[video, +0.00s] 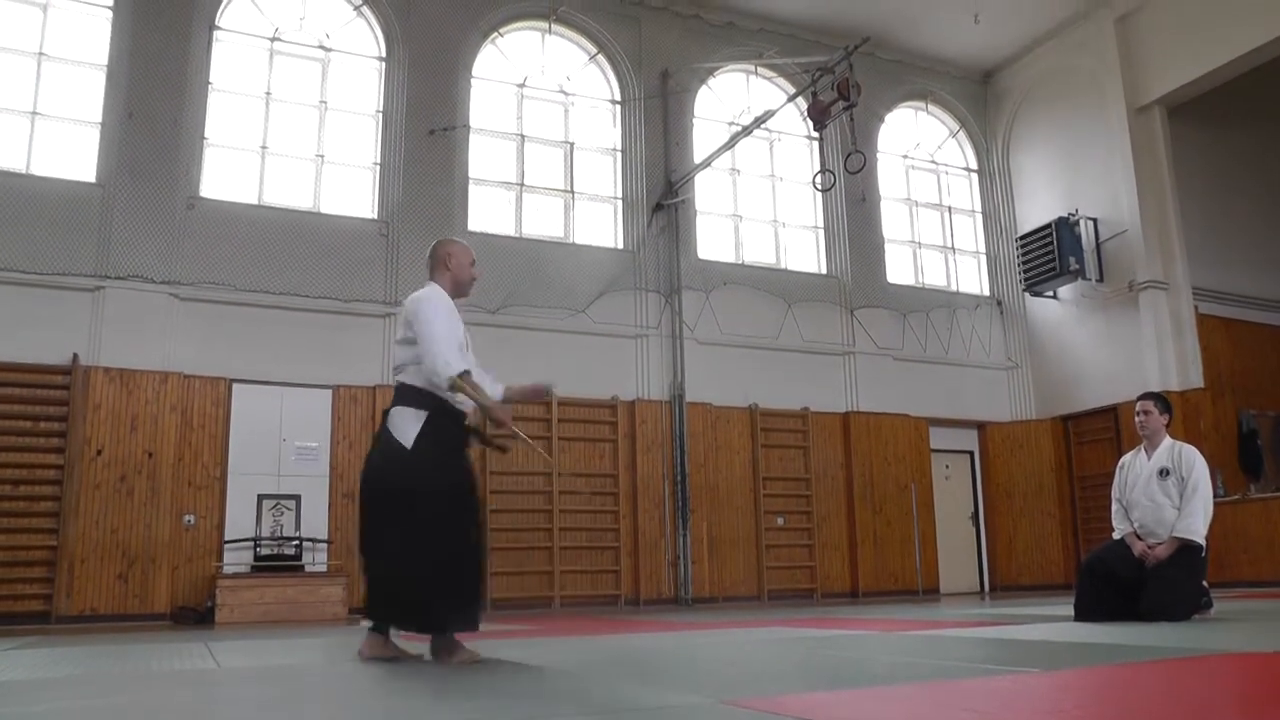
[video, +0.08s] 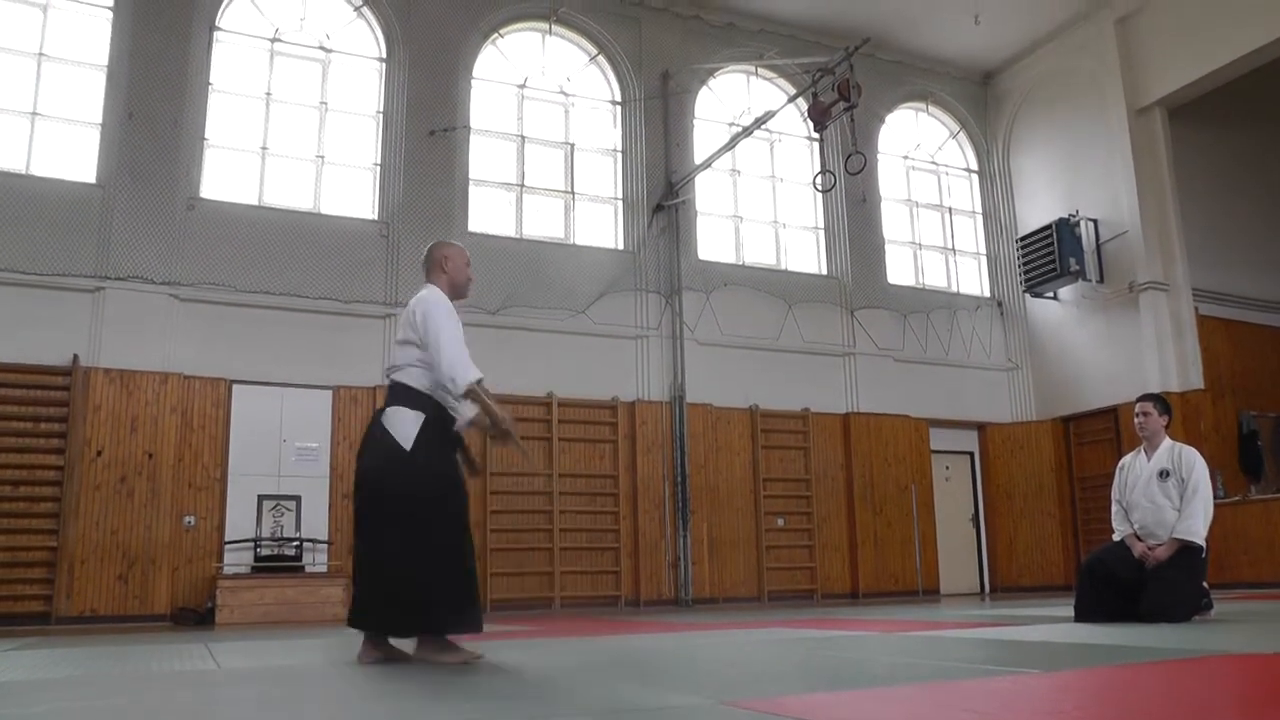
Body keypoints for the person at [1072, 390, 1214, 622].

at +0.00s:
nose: (1140, 419)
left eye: (1147, 413)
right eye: (1137, 414)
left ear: (1165, 419)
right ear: (1133, 420)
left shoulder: (1186, 456)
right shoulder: (1126, 463)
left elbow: (1197, 508)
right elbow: (1117, 509)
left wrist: (1168, 546)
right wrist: (1133, 542)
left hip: (1180, 547)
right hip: (1135, 546)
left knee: (1158, 611)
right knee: (1093, 568)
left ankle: (1198, 595)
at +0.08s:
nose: (1139, 420)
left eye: (1146, 415)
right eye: (1136, 416)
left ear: (1164, 420)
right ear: (1133, 421)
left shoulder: (1187, 457)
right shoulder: (1125, 464)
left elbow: (1198, 509)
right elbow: (1117, 510)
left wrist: (1168, 547)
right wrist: (1133, 543)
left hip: (1180, 548)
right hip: (1135, 547)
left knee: (1157, 612)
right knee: (1094, 570)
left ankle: (1199, 596)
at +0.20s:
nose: (1136, 423)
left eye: (1143, 417)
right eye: (1134, 418)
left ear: (1162, 422)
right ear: (1131, 424)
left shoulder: (1185, 460)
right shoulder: (1124, 467)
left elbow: (1199, 511)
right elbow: (1116, 512)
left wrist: (1169, 550)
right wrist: (1134, 546)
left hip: (1180, 552)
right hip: (1135, 551)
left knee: (1160, 613)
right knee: (1094, 572)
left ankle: (1200, 597)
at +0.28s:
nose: (1132, 424)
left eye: (1139, 418)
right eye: (1130, 420)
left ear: (1158, 423)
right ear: (1127, 426)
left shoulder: (1183, 460)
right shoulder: (1121, 468)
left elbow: (1200, 512)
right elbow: (1115, 515)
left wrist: (1169, 551)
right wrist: (1134, 547)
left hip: (1181, 554)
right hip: (1136, 553)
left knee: (1161, 614)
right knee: (1095, 573)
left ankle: (1200, 598)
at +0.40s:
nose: (1124, 423)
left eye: (1130, 417)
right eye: (1121, 418)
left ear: (1149, 422)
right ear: (1119, 423)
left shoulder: (1177, 459)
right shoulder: (1115, 468)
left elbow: (1196, 512)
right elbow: (1111, 515)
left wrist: (1167, 553)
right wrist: (1133, 548)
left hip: (1179, 553)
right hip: (1134, 552)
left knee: (1159, 615)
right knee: (1094, 576)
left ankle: (1200, 599)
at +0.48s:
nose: (1118, 418)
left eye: (1124, 411)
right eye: (1115, 413)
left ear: (1143, 416)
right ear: (1112, 418)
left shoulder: (1172, 454)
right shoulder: (1110, 462)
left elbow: (1188, 506)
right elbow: (1106, 508)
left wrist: (1165, 549)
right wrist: (1125, 541)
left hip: (1174, 549)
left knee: (1158, 616)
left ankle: (1199, 599)